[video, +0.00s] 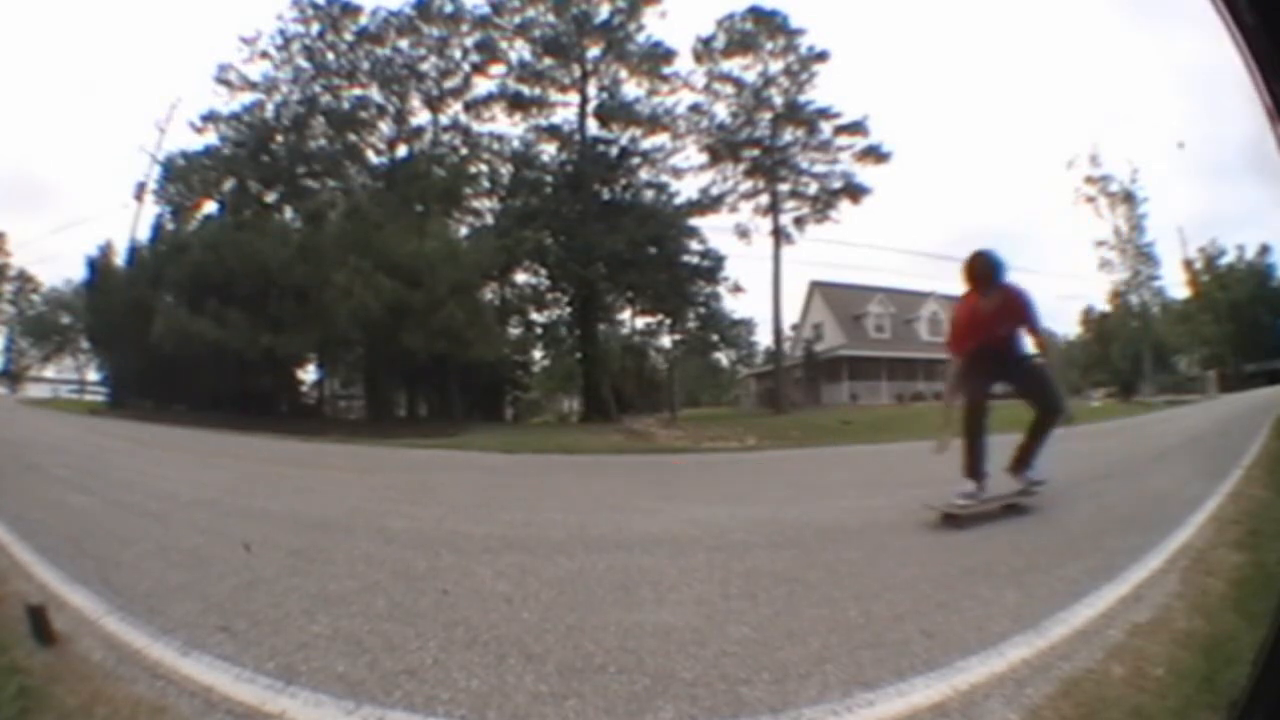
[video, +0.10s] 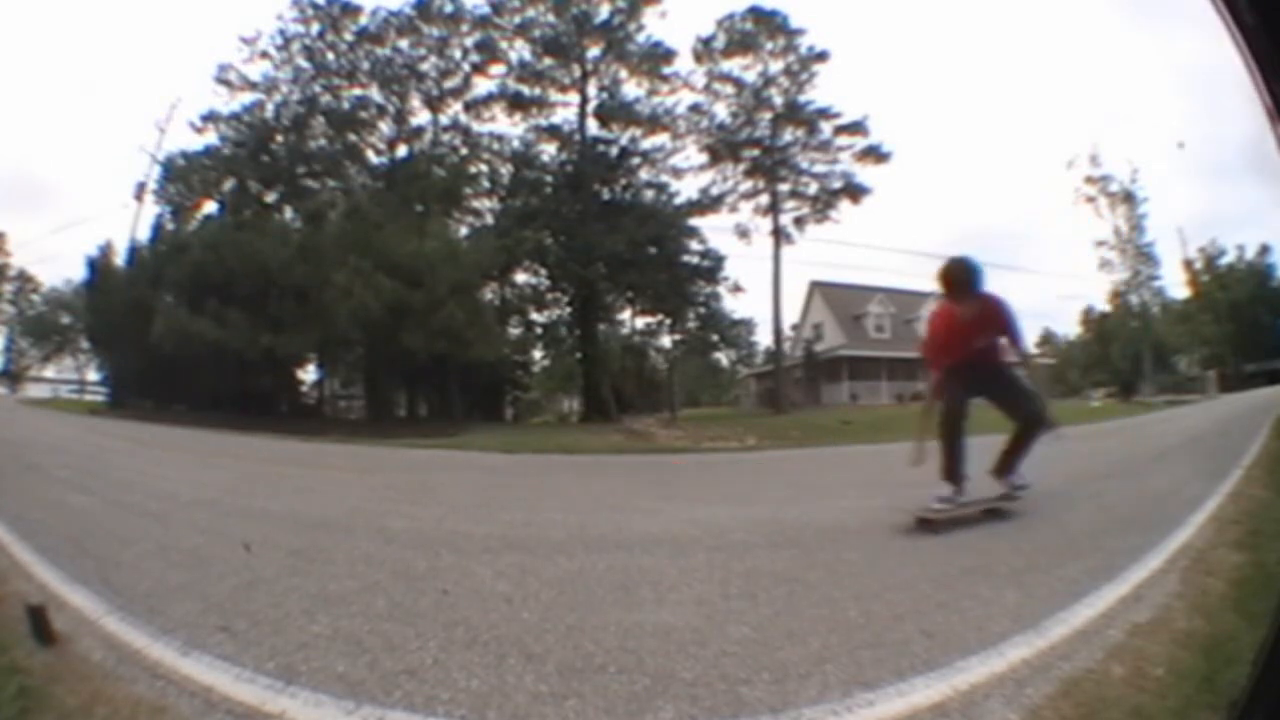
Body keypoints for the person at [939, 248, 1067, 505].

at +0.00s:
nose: (980, 287)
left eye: (985, 280)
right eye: (975, 280)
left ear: (996, 276)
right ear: (970, 279)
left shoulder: (1012, 298)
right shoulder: (965, 307)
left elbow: (1032, 326)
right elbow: (958, 351)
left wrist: (1041, 345)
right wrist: (952, 388)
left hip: (1010, 357)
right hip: (978, 361)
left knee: (1050, 406)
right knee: (974, 408)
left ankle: (1020, 467)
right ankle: (975, 479)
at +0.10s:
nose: (959, 303)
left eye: (964, 296)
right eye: (953, 296)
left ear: (974, 287)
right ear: (946, 290)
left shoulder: (991, 307)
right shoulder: (940, 317)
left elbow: (1011, 333)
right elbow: (932, 357)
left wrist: (1021, 354)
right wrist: (935, 383)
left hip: (989, 369)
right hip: (955, 373)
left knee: (1033, 417)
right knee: (951, 418)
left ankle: (1004, 471)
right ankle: (954, 483)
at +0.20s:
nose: (929, 290)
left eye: (934, 282)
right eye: (923, 283)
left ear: (946, 279)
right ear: (918, 282)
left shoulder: (967, 305)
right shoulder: (915, 316)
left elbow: (991, 343)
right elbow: (907, 364)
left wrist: (1005, 375)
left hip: (969, 375)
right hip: (933, 377)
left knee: (1009, 424)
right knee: (924, 419)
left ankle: (983, 475)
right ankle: (928, 487)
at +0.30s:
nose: (908, 277)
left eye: (914, 268)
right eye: (901, 269)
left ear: (925, 262)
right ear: (894, 267)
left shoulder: (943, 291)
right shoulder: (890, 299)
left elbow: (970, 330)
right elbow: (874, 337)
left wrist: (989, 363)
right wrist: (881, 367)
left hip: (947, 370)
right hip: (909, 371)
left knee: (978, 427)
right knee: (895, 424)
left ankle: (959, 480)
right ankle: (900, 491)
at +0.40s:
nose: (882, 233)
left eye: (887, 224)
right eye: (875, 225)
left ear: (897, 222)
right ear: (867, 225)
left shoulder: (918, 258)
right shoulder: (859, 266)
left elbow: (947, 294)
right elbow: (836, 309)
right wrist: (857, 336)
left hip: (922, 352)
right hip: (882, 353)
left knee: (942, 420)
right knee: (868, 419)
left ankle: (932, 484)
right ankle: (863, 494)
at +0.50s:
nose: (854, 183)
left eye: (859, 175)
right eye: (846, 177)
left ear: (868, 172)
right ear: (835, 176)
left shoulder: (883, 205)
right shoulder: (826, 216)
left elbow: (940, 216)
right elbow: (784, 242)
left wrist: (987, 196)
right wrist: (746, 235)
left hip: (891, 321)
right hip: (850, 324)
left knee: (909, 402)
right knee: (825, 399)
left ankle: (903, 488)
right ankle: (823, 489)